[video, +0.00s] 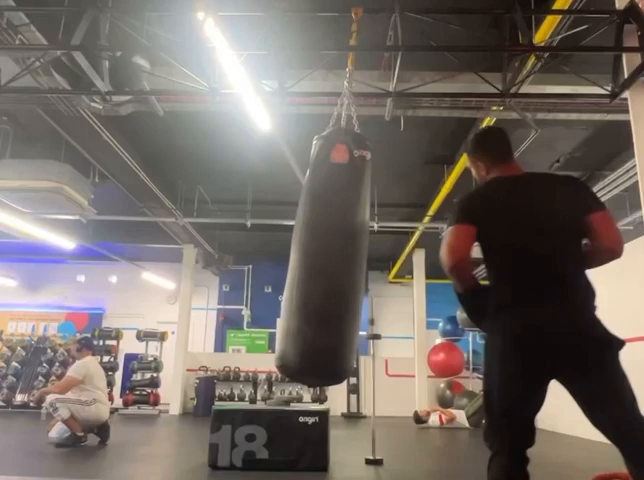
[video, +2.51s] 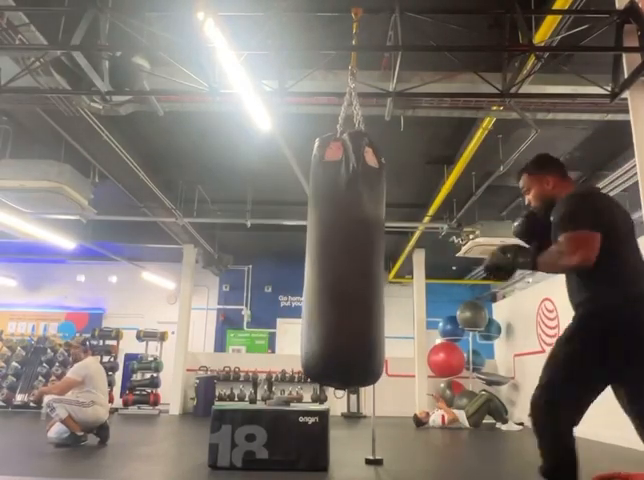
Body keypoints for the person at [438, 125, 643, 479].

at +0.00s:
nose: (473, 176)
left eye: (472, 169)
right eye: (472, 169)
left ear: (478, 165)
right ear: (511, 155)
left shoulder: (476, 202)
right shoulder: (568, 187)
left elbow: (453, 259)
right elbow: (612, 245)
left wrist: (475, 296)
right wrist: (567, 259)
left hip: (515, 340)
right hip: (579, 333)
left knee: (507, 450)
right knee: (633, 435)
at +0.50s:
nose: (553, 150)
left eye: (560, 141)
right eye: (554, 142)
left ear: (588, 141)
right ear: (591, 143)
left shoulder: (600, 173)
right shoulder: (620, 174)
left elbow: (622, 221)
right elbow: (626, 227)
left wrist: (572, 263)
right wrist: (572, 258)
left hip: (616, 309)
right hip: (625, 306)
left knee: (614, 414)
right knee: (621, 409)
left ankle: (623, 470)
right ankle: (626, 468)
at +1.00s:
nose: (526, 179)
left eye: (527, 169)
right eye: (524, 171)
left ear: (546, 163)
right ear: (565, 162)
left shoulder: (535, 202)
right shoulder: (625, 190)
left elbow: (470, 229)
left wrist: (421, 240)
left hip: (586, 333)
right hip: (637, 323)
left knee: (602, 434)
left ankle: (617, 476)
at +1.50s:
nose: (561, 176)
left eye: (564, 167)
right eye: (559, 169)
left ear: (590, 161)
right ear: (597, 164)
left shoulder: (588, 189)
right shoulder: (636, 193)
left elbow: (577, 239)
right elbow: (632, 255)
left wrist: (532, 277)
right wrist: (585, 279)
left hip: (607, 324)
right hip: (640, 320)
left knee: (595, 423)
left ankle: (615, 475)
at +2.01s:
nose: (589, 193)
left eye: (591, 180)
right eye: (586, 185)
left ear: (618, 168)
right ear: (618, 171)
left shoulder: (640, 208)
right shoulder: (634, 217)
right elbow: (634, 266)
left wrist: (628, 266)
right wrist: (614, 281)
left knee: (636, 407)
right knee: (636, 407)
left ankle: (635, 469)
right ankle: (633, 468)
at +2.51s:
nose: (527, 201)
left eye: (528, 191)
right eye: (524, 194)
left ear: (549, 181)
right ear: (555, 181)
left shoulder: (576, 203)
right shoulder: (603, 202)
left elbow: (580, 253)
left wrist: (525, 259)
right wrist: (540, 242)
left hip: (603, 324)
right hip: (632, 321)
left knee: (549, 409)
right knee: (640, 410)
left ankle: (558, 475)